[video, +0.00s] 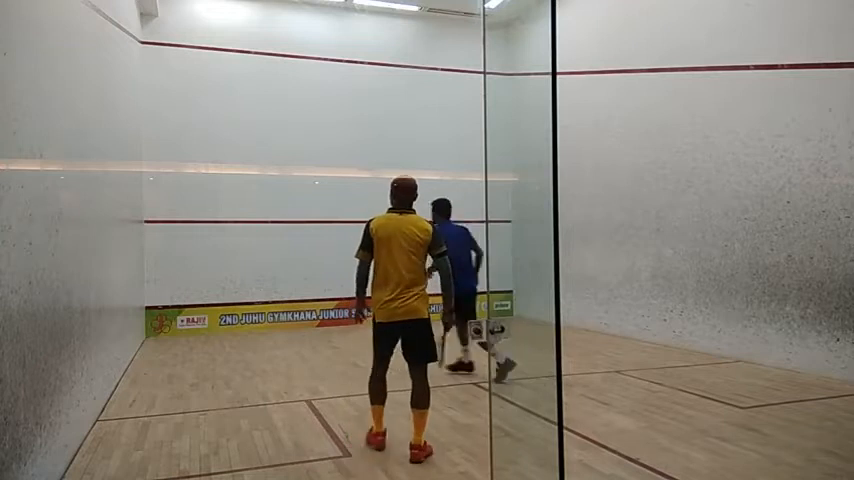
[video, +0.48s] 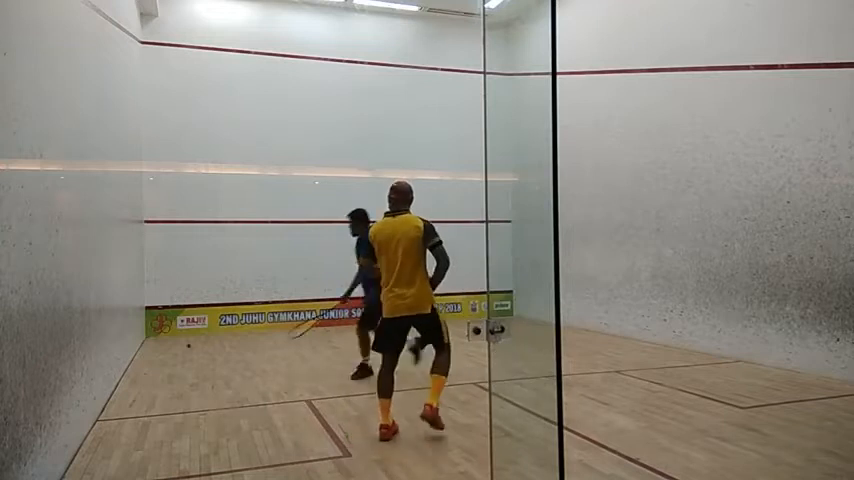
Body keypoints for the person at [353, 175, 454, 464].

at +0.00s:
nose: (394, 197)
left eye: (393, 193)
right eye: (407, 193)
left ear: (391, 196)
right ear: (415, 198)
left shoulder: (375, 226)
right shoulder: (427, 229)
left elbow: (362, 266)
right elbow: (445, 270)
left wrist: (359, 300)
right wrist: (449, 309)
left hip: (384, 314)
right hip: (416, 314)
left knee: (378, 370)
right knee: (419, 376)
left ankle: (378, 432)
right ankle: (417, 444)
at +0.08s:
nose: (392, 196)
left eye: (392, 193)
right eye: (402, 193)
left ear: (391, 197)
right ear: (414, 200)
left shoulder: (375, 228)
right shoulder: (427, 229)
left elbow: (364, 265)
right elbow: (442, 271)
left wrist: (363, 296)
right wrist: (444, 308)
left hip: (385, 315)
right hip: (417, 315)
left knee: (384, 369)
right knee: (419, 375)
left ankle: (384, 424)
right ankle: (417, 443)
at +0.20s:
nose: (395, 201)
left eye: (392, 197)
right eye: (405, 197)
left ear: (388, 200)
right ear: (412, 201)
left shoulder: (373, 231)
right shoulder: (425, 230)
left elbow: (363, 269)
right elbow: (440, 271)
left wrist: (367, 292)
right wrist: (437, 307)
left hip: (386, 314)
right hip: (417, 314)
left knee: (384, 368)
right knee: (421, 373)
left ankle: (385, 424)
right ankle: (417, 439)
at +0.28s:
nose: (387, 197)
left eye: (389, 193)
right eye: (390, 192)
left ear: (389, 199)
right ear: (409, 201)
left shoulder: (372, 230)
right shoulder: (422, 228)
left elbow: (363, 271)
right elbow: (442, 266)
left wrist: (376, 286)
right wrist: (432, 293)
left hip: (386, 313)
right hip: (417, 311)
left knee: (385, 366)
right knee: (428, 365)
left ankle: (385, 424)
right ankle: (420, 421)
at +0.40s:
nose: (386, 197)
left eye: (389, 193)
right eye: (390, 193)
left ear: (389, 198)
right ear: (409, 200)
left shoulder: (372, 230)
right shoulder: (421, 226)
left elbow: (363, 271)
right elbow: (442, 262)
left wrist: (380, 275)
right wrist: (429, 289)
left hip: (388, 310)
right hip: (418, 307)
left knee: (385, 363)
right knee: (436, 355)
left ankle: (385, 424)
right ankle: (424, 405)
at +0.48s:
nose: (390, 195)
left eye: (393, 192)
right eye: (392, 191)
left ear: (393, 199)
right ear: (411, 200)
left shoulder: (374, 231)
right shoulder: (422, 226)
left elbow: (370, 269)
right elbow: (443, 261)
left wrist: (389, 273)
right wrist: (430, 286)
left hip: (391, 308)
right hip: (421, 304)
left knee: (387, 364)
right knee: (442, 347)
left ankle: (385, 423)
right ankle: (432, 405)